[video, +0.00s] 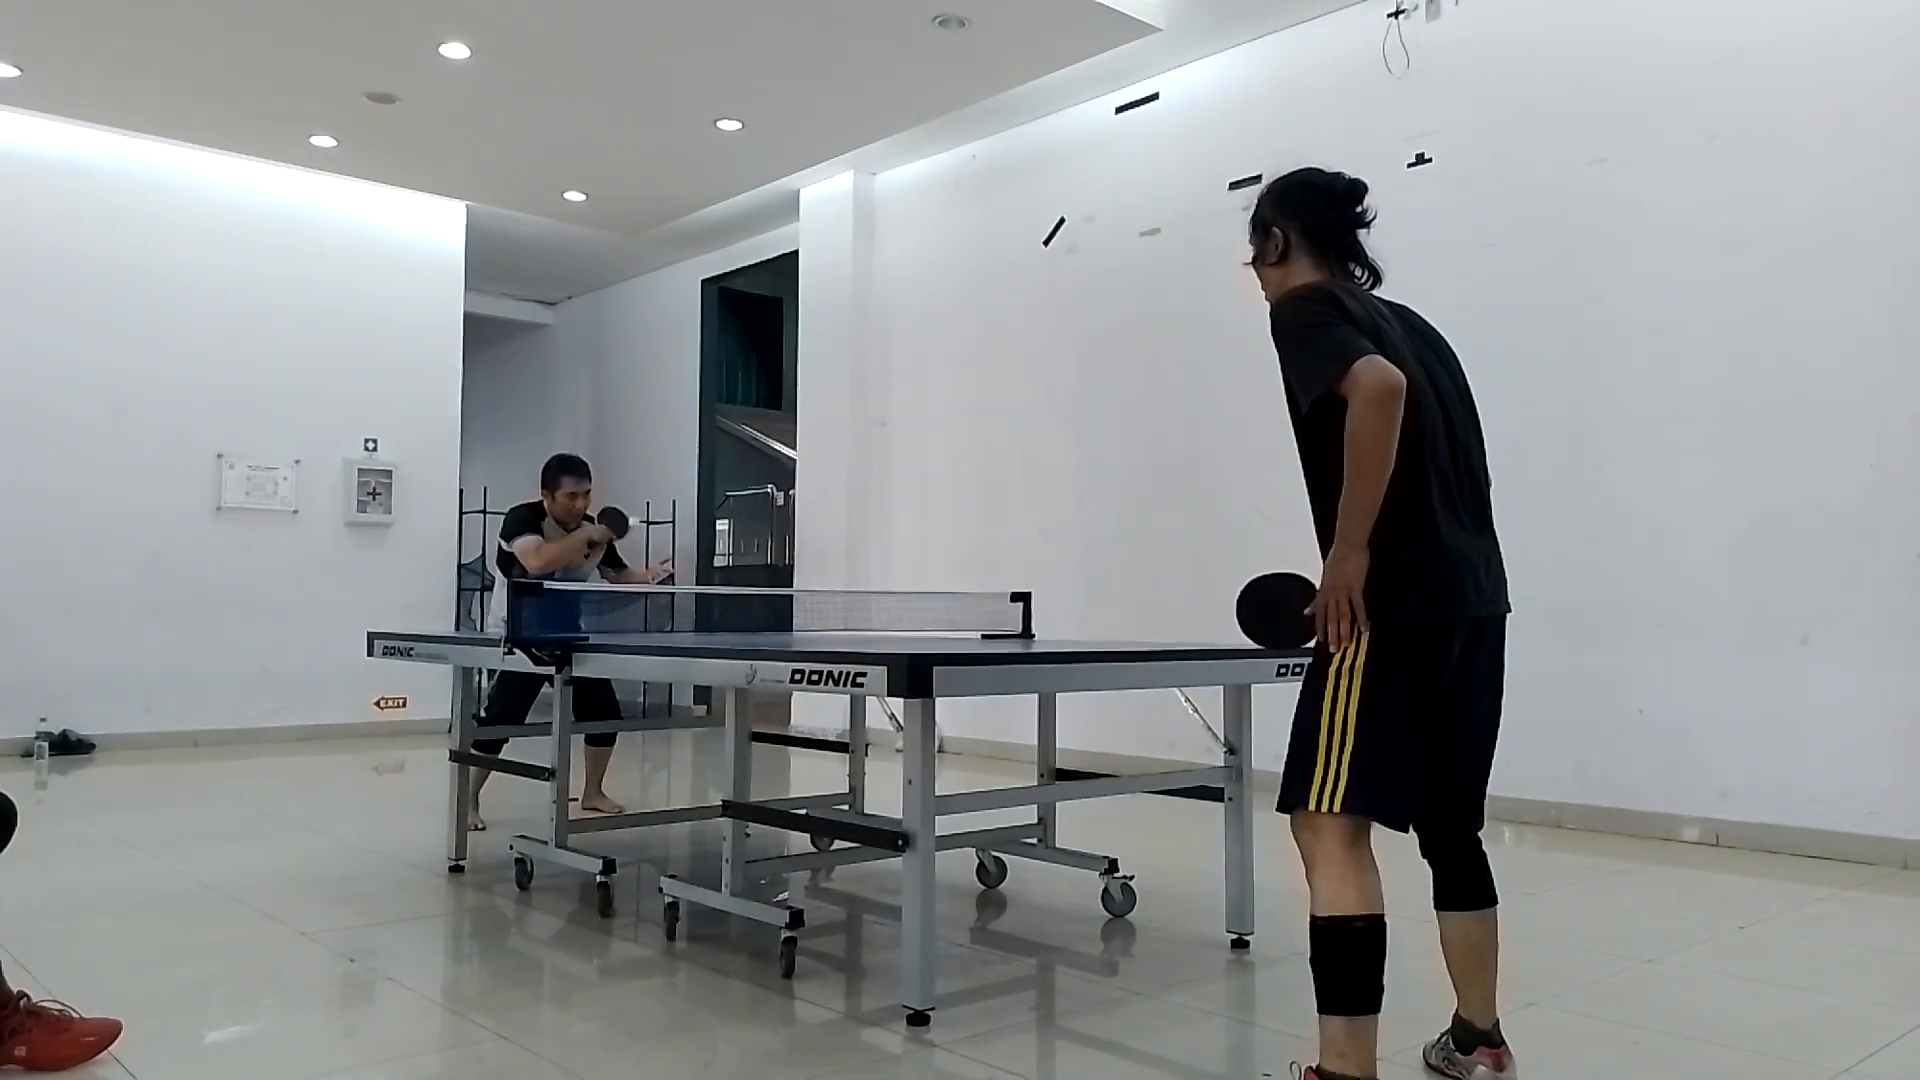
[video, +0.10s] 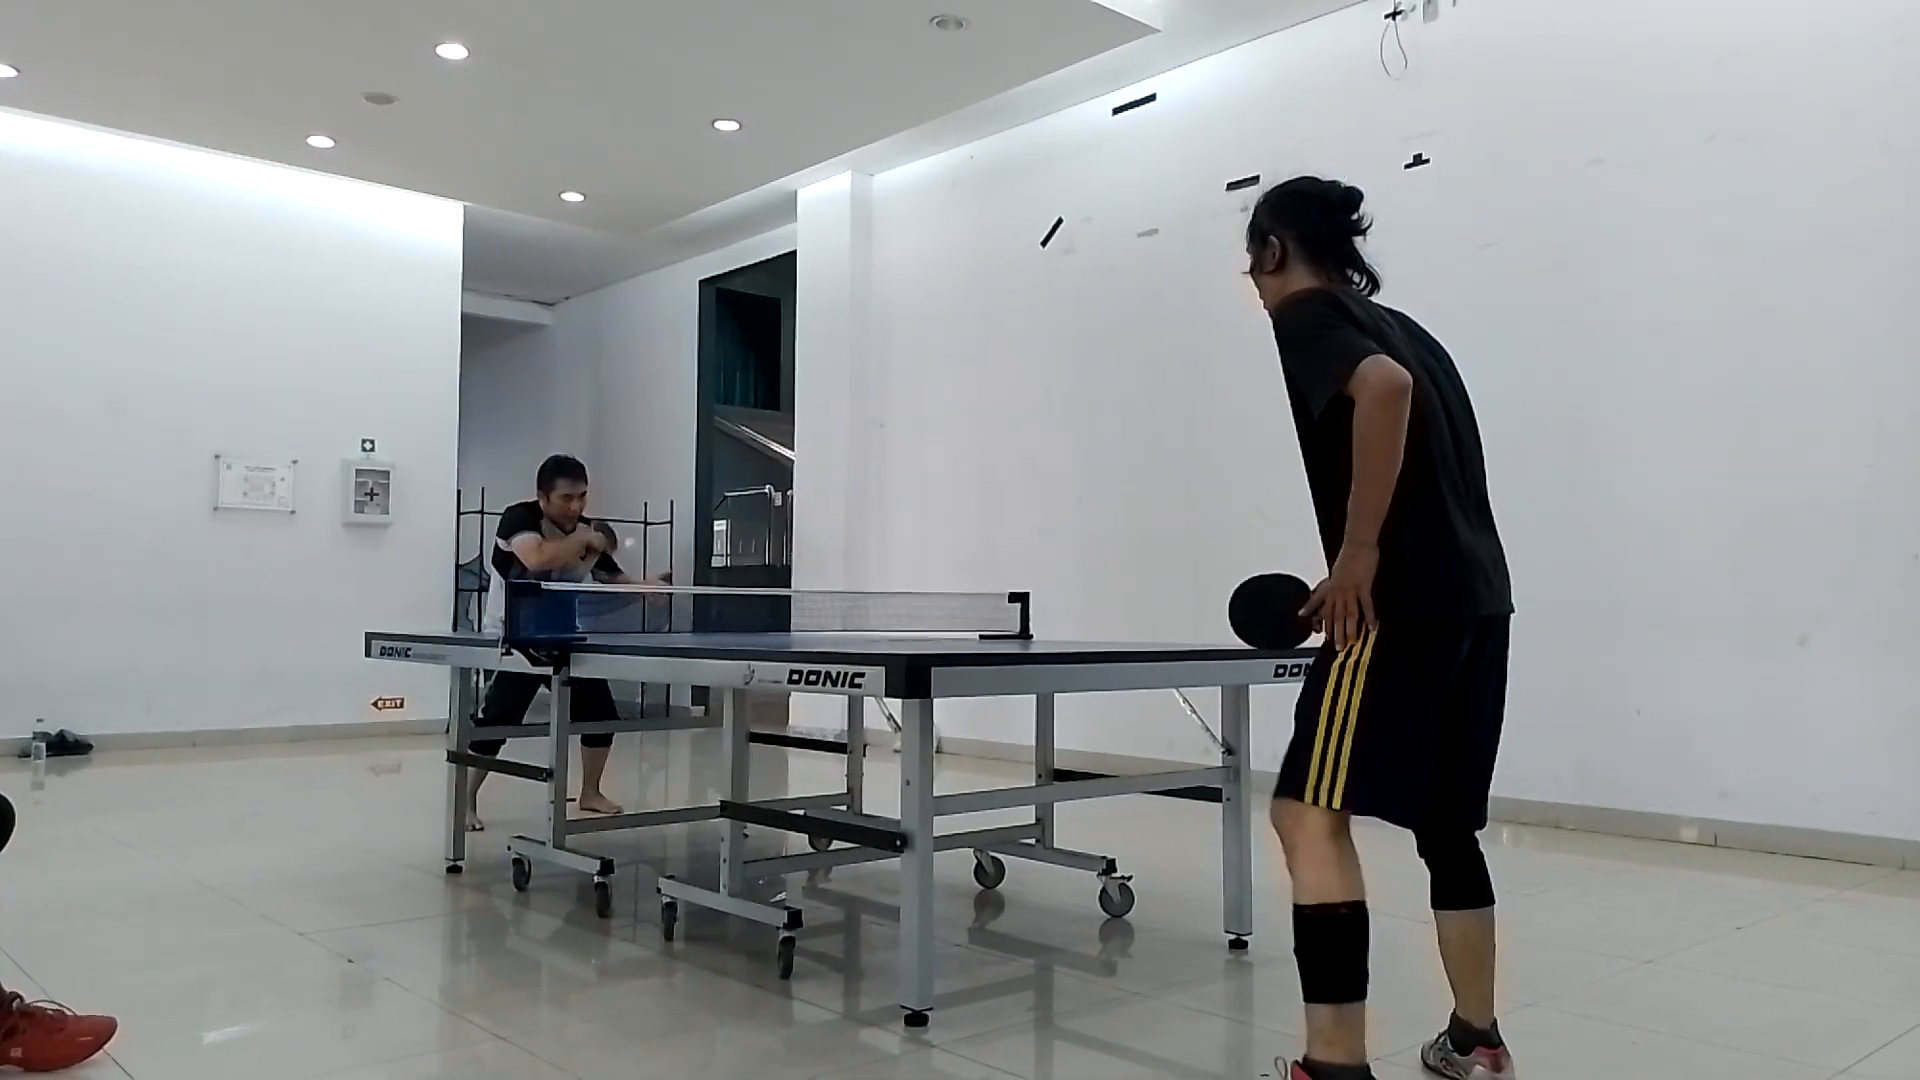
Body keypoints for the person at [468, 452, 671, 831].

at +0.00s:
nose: (581, 504)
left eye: (585, 495)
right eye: (572, 496)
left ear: (590, 492)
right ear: (547, 494)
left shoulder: (592, 530)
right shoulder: (521, 518)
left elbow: (620, 576)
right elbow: (535, 561)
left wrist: (649, 576)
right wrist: (585, 535)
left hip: (571, 643)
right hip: (521, 643)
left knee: (605, 715)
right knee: (498, 725)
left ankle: (593, 793)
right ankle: (468, 798)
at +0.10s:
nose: (575, 507)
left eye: (580, 497)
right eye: (566, 498)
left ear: (585, 495)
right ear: (542, 496)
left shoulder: (587, 533)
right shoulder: (518, 518)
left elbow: (615, 581)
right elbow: (536, 558)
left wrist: (646, 588)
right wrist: (583, 538)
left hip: (567, 645)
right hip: (517, 645)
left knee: (601, 714)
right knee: (495, 726)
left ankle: (591, 793)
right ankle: (466, 799)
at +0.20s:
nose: (578, 503)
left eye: (584, 494)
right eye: (569, 494)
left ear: (590, 493)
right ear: (546, 493)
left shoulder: (592, 533)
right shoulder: (521, 514)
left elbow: (610, 581)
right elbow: (516, 545)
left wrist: (643, 596)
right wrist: (575, 554)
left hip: (568, 644)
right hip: (516, 643)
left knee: (603, 713)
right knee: (495, 724)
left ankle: (592, 791)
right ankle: (468, 796)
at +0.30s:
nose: (576, 502)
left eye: (583, 493)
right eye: (567, 493)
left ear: (589, 492)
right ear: (546, 491)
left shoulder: (591, 537)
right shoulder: (522, 512)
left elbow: (610, 595)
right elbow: (500, 538)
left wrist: (638, 617)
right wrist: (522, 556)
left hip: (568, 644)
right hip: (518, 642)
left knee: (600, 713)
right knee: (493, 723)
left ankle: (591, 792)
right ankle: (465, 797)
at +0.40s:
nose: (579, 497)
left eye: (585, 489)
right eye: (570, 488)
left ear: (592, 488)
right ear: (549, 487)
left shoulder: (595, 534)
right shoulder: (525, 511)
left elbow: (604, 591)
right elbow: (482, 536)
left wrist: (627, 619)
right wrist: (490, 553)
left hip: (574, 645)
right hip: (524, 643)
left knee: (602, 714)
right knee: (491, 722)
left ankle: (592, 790)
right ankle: (467, 793)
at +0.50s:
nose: (580, 494)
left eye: (587, 485)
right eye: (571, 485)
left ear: (594, 486)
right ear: (550, 485)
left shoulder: (597, 533)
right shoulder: (522, 511)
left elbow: (603, 593)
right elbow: (472, 546)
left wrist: (615, 622)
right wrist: (479, 570)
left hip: (576, 645)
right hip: (524, 642)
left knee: (600, 716)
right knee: (490, 723)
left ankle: (592, 791)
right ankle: (466, 796)